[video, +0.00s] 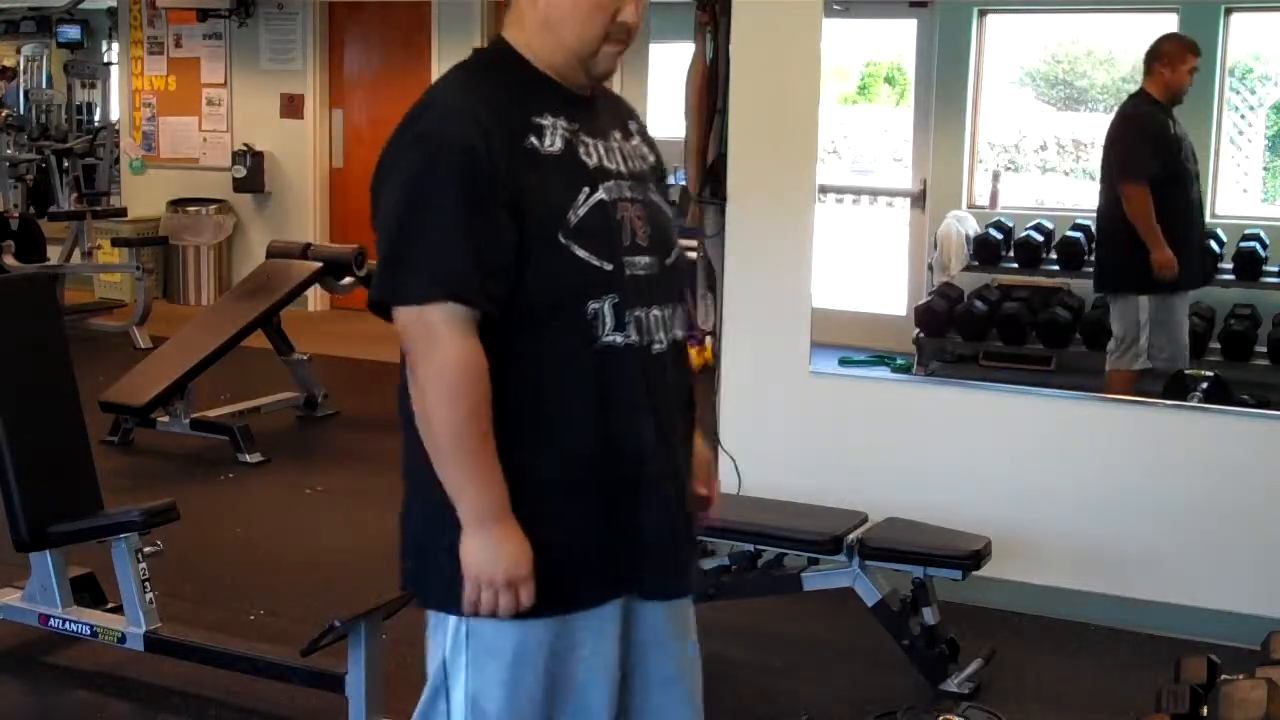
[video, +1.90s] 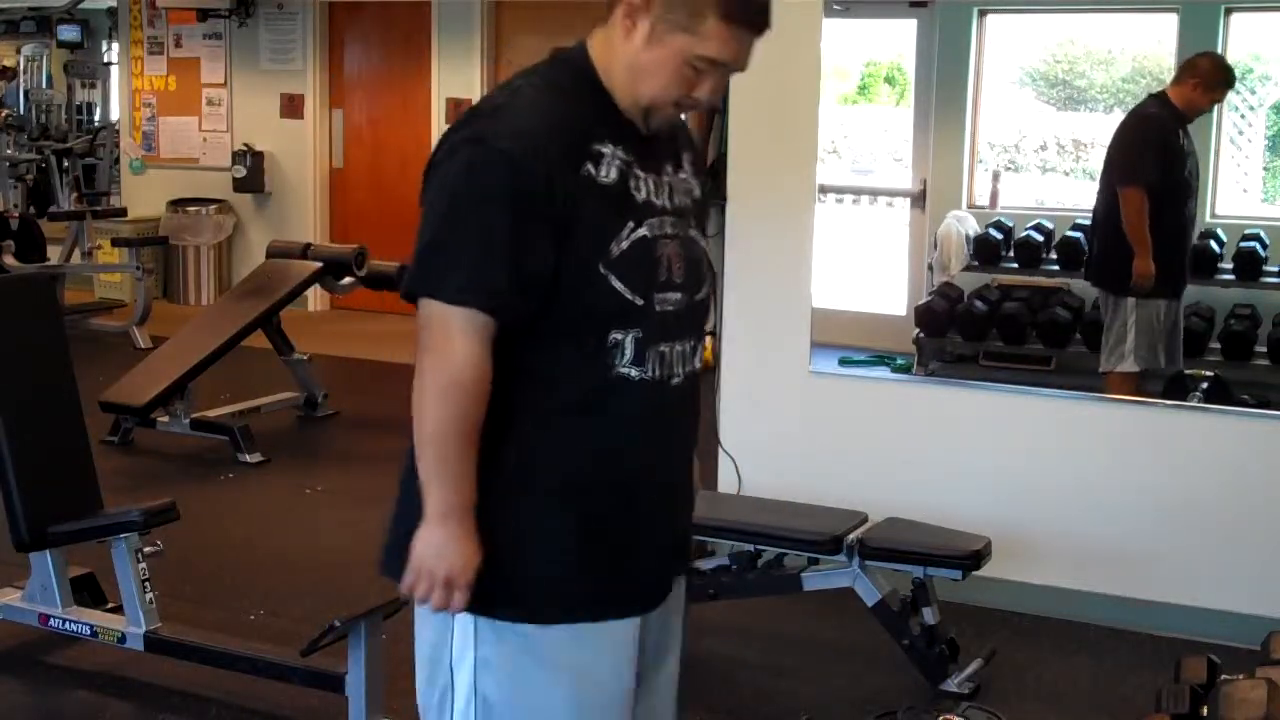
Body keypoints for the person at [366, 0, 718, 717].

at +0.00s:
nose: (632, 15)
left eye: (637, 1)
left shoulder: (623, 123)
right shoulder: (456, 123)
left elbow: (648, 310)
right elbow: (434, 329)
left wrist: (686, 436)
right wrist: (484, 519)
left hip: (645, 535)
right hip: (523, 554)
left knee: (660, 711)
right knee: (508, 713)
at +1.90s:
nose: (709, 96)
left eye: (726, 74)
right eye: (701, 66)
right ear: (633, 18)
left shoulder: (673, 142)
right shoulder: (508, 141)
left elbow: (658, 331)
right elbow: (451, 333)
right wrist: (446, 518)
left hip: (644, 551)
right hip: (522, 569)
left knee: (636, 707)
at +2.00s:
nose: (719, 105)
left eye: (738, 84)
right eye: (710, 74)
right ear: (646, 21)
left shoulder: (692, 147)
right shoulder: (516, 140)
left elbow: (693, 317)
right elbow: (459, 323)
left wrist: (700, 441)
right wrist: (470, 505)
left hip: (652, 544)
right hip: (524, 558)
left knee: (648, 707)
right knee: (516, 709)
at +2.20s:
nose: (715, 102)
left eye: (734, 81)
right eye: (706, 71)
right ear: (645, 20)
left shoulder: (697, 141)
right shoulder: (510, 134)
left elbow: (697, 313)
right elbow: (451, 319)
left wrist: (702, 442)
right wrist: (458, 499)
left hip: (648, 526)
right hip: (526, 532)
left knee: (651, 712)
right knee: (509, 712)